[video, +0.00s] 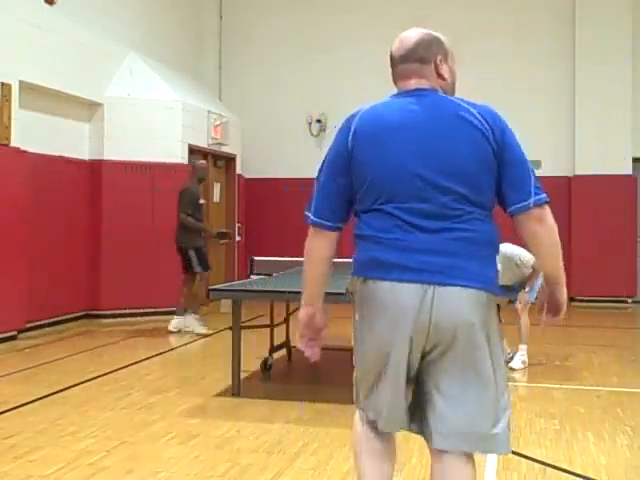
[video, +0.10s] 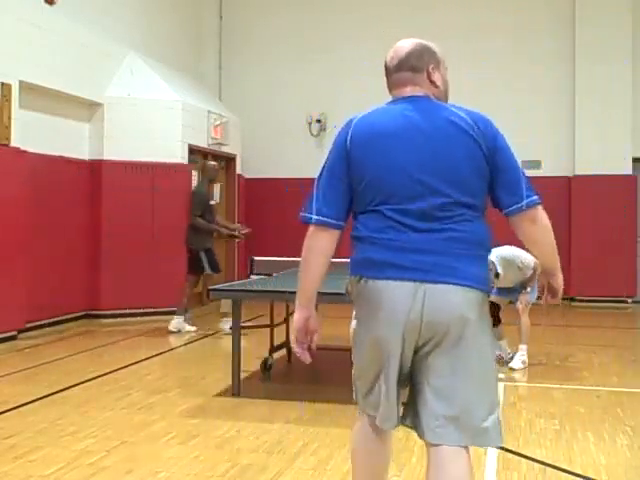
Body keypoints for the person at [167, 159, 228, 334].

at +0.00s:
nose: (206, 174)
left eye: (206, 170)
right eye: (204, 170)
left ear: (199, 172)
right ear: (197, 172)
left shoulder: (195, 191)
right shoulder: (189, 191)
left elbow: (194, 219)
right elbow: (183, 216)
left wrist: (212, 234)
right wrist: (205, 229)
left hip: (190, 240)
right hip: (189, 241)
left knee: (189, 278)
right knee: (201, 275)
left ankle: (179, 316)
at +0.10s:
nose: (218, 174)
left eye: (217, 170)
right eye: (215, 170)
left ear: (209, 174)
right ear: (207, 173)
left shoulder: (206, 191)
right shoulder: (200, 192)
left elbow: (212, 218)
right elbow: (194, 219)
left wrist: (232, 227)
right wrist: (218, 230)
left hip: (199, 242)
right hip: (199, 243)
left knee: (191, 279)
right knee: (214, 278)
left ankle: (179, 318)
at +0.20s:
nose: (229, 179)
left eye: (229, 176)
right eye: (228, 176)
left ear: (220, 176)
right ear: (220, 176)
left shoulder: (218, 195)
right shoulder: (211, 195)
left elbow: (225, 218)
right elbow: (206, 222)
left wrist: (247, 223)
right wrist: (228, 231)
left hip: (211, 244)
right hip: (210, 246)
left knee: (199, 283)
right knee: (229, 280)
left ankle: (181, 316)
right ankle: (238, 318)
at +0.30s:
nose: (243, 179)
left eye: (242, 176)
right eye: (241, 176)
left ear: (231, 178)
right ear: (234, 178)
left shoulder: (231, 197)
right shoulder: (225, 198)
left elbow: (239, 220)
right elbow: (224, 225)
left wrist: (262, 223)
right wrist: (248, 234)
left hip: (227, 246)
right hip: (224, 247)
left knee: (222, 283)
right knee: (237, 281)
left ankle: (190, 310)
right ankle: (241, 319)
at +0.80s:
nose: (299, 178)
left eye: (297, 174)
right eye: (297, 175)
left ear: (284, 175)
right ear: (294, 176)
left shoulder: (282, 192)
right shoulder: (284, 194)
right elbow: (290, 222)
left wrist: (295, 214)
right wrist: (299, 214)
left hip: (275, 247)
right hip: (282, 248)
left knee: (266, 284)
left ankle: (251, 316)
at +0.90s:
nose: (311, 180)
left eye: (310, 177)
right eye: (309, 177)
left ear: (295, 176)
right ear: (305, 177)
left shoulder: (292, 193)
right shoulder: (295, 195)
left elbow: (294, 220)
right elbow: (295, 221)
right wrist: (314, 221)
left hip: (289, 249)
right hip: (296, 251)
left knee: (281, 284)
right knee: (310, 286)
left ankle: (260, 311)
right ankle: (311, 318)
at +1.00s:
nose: (320, 178)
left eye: (319, 174)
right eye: (318, 174)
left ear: (310, 174)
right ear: (314, 175)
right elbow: (299, 217)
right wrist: (318, 221)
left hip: (314, 247)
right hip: (302, 247)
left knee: (313, 285)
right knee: (304, 285)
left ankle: (314, 317)